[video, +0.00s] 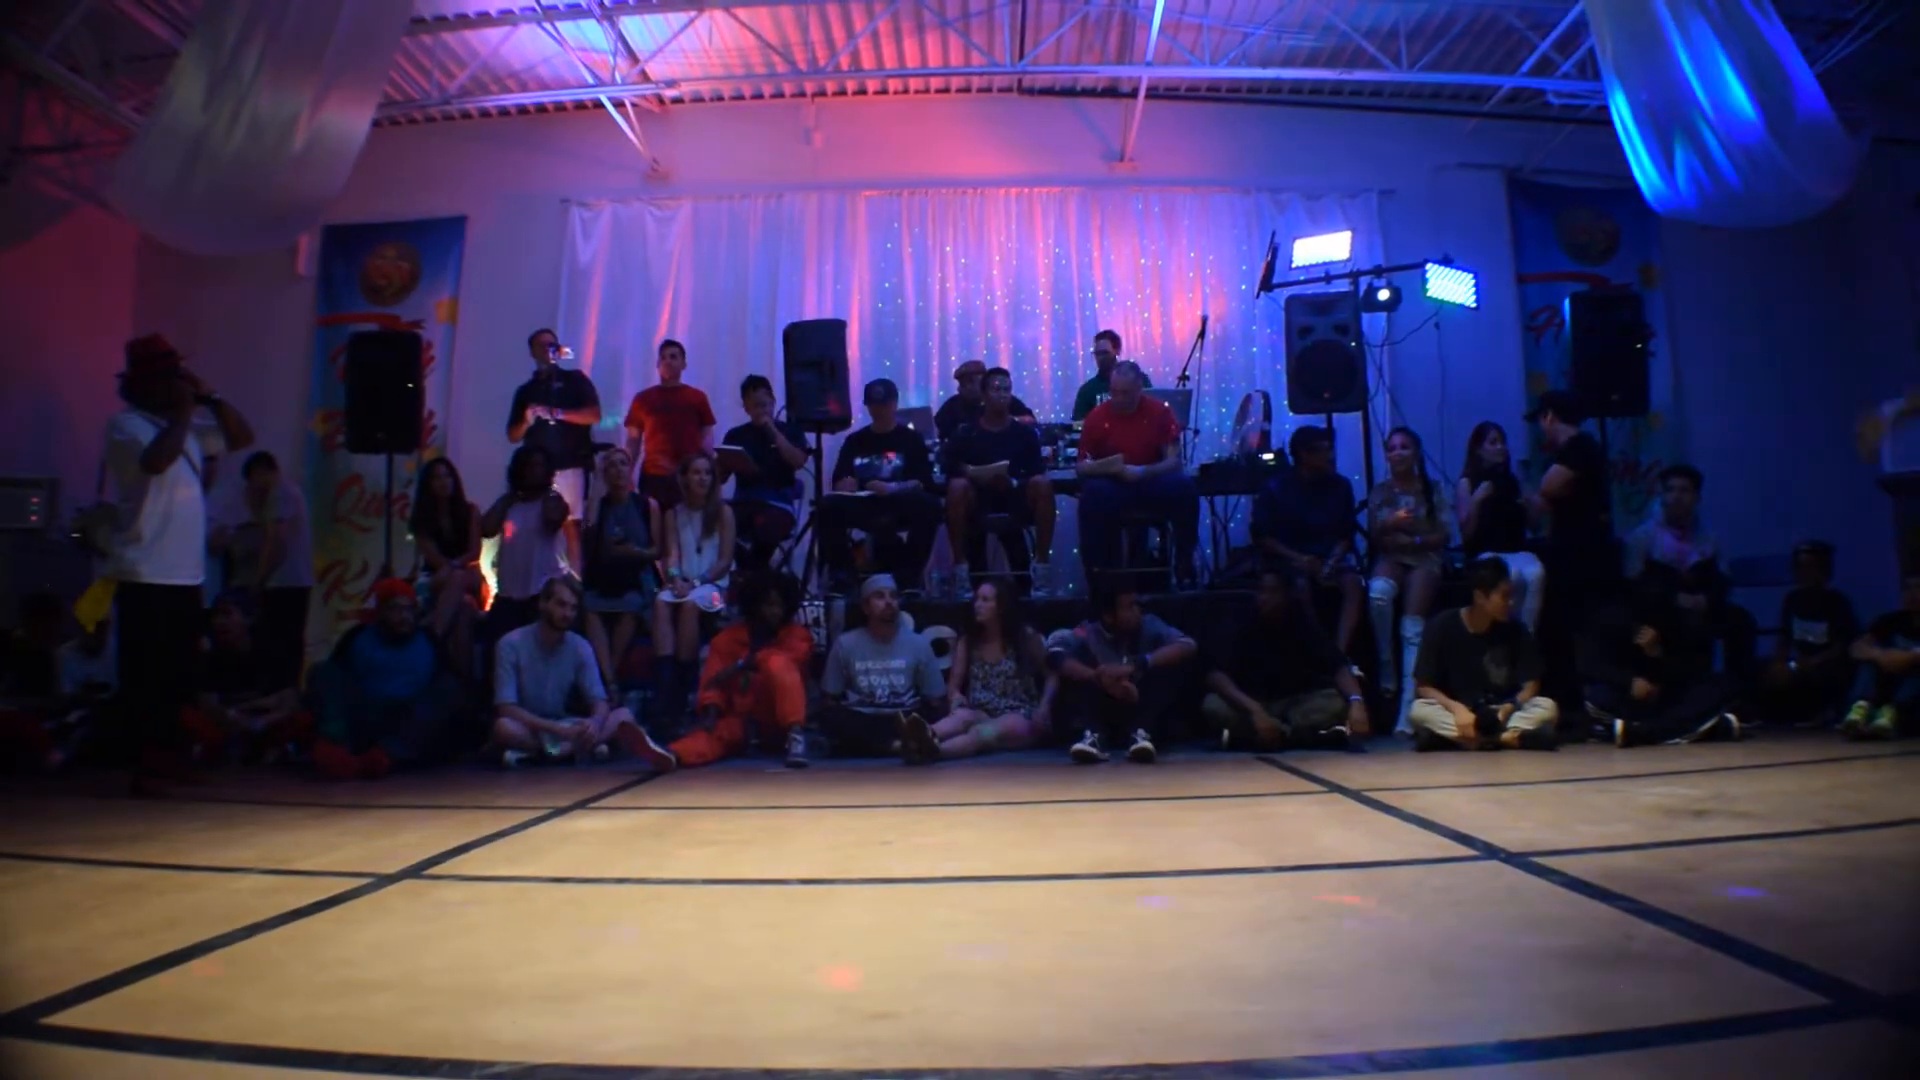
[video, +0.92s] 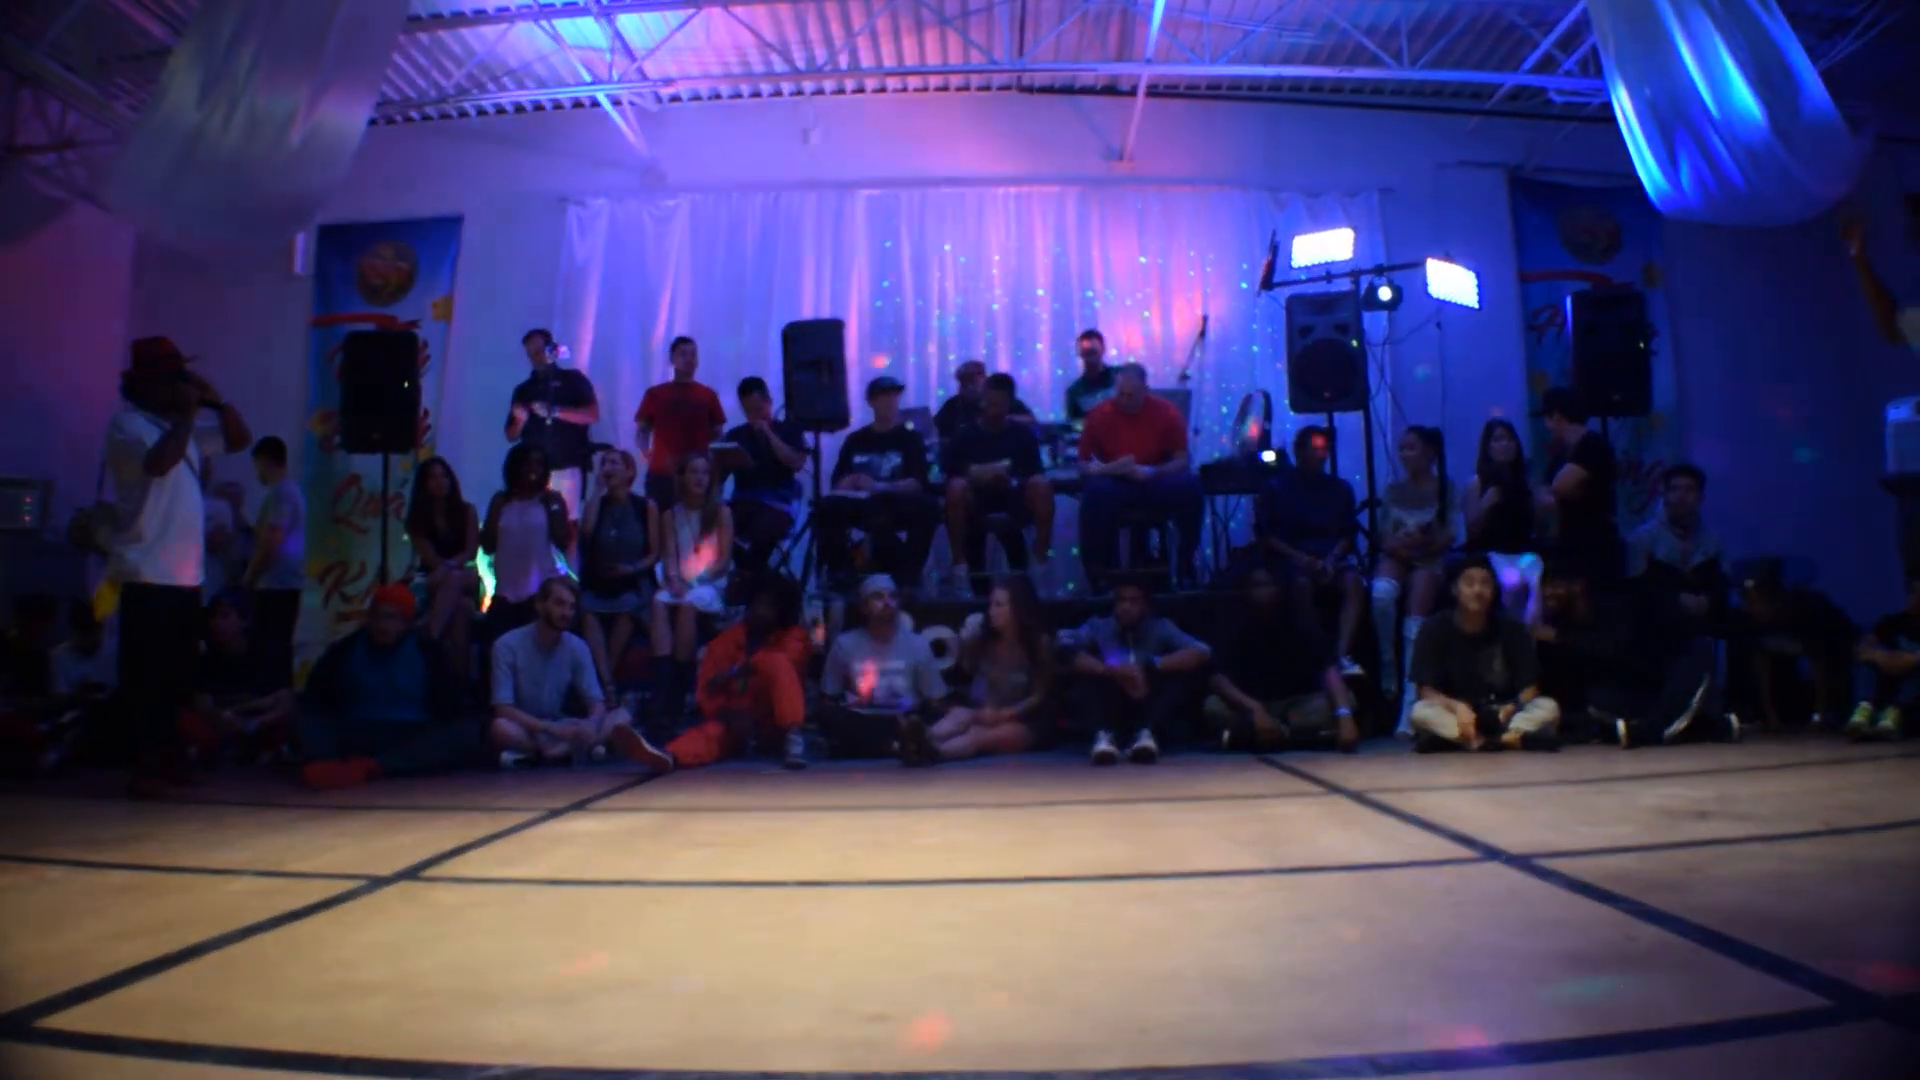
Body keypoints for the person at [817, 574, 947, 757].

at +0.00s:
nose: (888, 602)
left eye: (892, 596)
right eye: (880, 597)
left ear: (898, 602)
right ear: (866, 605)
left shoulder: (917, 645)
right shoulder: (846, 645)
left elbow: (936, 702)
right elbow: (829, 699)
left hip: (905, 716)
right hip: (860, 717)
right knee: (831, 718)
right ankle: (894, 744)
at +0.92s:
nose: (887, 603)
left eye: (891, 597)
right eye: (878, 598)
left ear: (898, 602)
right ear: (865, 606)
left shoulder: (916, 644)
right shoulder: (845, 645)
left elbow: (936, 701)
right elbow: (829, 699)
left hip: (908, 717)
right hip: (863, 717)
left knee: (964, 714)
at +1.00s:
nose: (886, 603)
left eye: (891, 596)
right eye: (878, 598)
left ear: (897, 601)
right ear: (864, 605)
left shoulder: (916, 645)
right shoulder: (845, 645)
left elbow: (937, 702)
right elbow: (829, 701)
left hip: (908, 721)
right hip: (862, 722)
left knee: (964, 714)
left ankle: (925, 747)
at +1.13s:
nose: (887, 603)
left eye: (892, 597)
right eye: (879, 597)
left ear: (898, 602)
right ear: (865, 606)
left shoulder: (916, 645)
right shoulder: (845, 645)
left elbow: (937, 702)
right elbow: (828, 698)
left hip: (906, 716)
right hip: (860, 717)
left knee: (964, 713)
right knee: (829, 716)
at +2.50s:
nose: (863, 606)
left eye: (870, 599)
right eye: (862, 599)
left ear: (891, 605)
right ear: (858, 602)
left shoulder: (916, 645)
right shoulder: (845, 644)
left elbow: (934, 699)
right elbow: (830, 692)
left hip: (903, 715)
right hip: (859, 716)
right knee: (828, 717)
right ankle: (893, 746)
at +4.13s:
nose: (855, 611)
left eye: (862, 604)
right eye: (855, 604)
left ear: (882, 609)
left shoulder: (914, 645)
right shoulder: (844, 644)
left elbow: (934, 699)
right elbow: (831, 696)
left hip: (904, 717)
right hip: (860, 717)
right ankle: (893, 746)